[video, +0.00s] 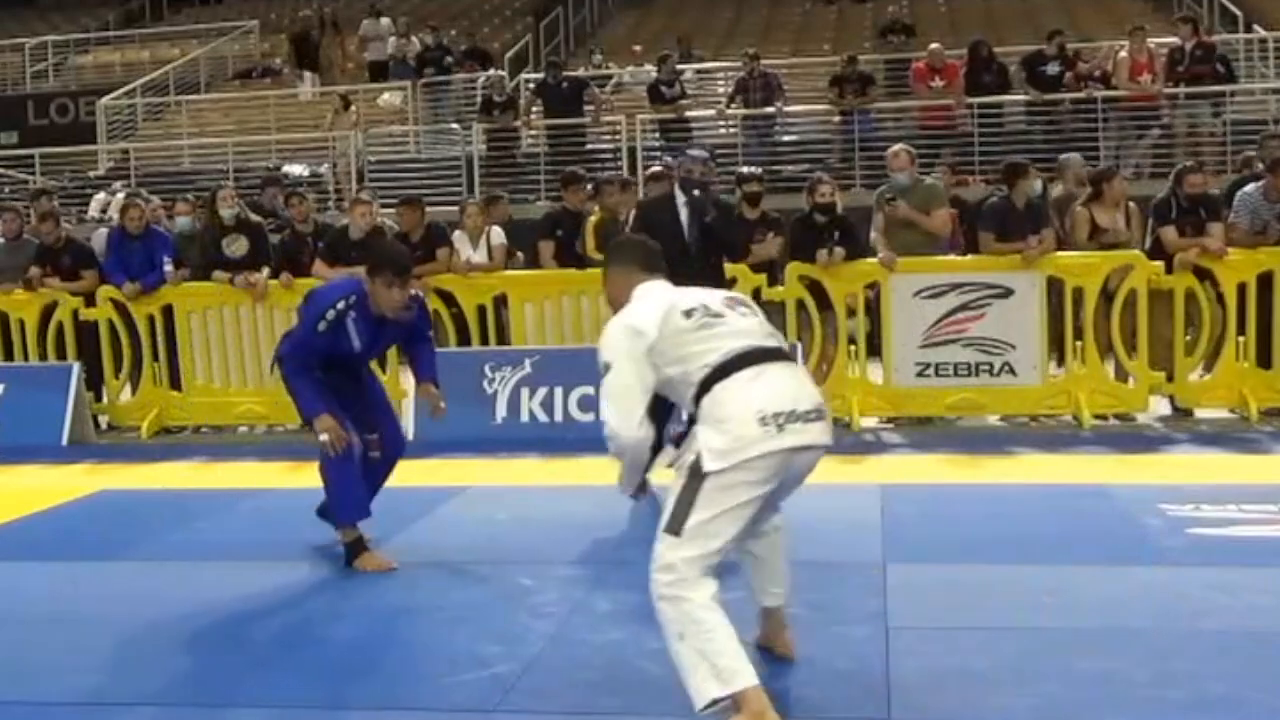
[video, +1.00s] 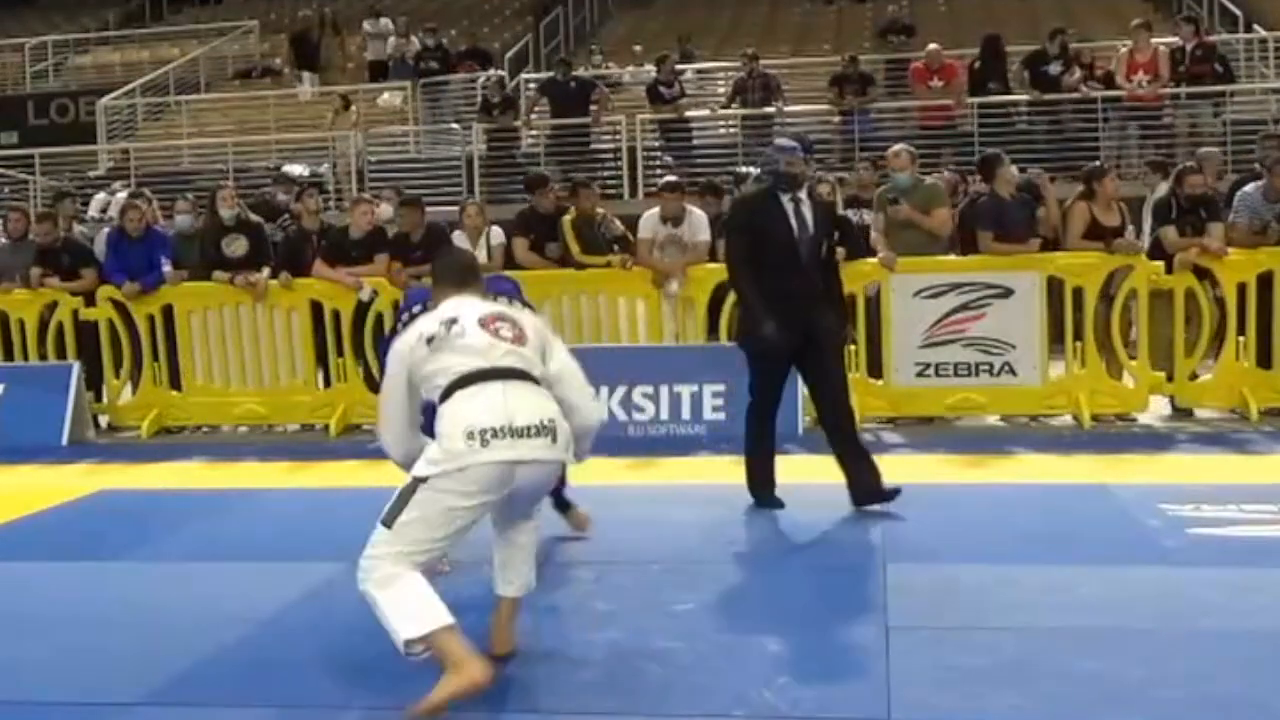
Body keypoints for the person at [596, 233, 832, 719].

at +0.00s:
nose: (609, 298)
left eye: (608, 287)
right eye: (607, 288)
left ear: (622, 281)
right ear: (659, 273)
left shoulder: (627, 324)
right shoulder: (719, 297)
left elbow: (629, 432)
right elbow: (764, 364)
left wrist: (633, 478)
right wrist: (694, 450)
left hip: (742, 431)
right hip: (810, 420)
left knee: (678, 573)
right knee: (761, 516)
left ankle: (751, 706)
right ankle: (776, 630)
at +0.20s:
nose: (569, 301)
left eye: (567, 294)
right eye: (570, 295)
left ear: (573, 289)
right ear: (620, 279)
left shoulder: (569, 333)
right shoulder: (684, 300)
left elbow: (567, 446)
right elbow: (759, 374)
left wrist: (600, 469)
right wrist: (747, 445)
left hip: (662, 437)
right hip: (730, 434)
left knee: (642, 579)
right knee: (645, 532)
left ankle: (747, 700)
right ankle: (618, 641)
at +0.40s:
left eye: (551, 305)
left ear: (551, 304)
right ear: (600, 299)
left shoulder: (530, 335)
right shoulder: (644, 324)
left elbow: (493, 423)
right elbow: (704, 432)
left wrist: (521, 480)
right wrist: (672, 471)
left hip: (582, 434)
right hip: (652, 432)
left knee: (561, 560)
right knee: (628, 536)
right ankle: (616, 649)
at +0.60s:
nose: (480, 284)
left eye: (486, 275)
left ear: (493, 276)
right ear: (547, 275)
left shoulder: (468, 310)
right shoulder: (592, 310)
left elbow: (430, 383)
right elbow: (643, 411)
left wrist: (448, 466)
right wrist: (611, 459)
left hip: (518, 426)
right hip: (600, 424)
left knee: (479, 564)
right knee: (592, 524)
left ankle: (478, 704)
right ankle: (607, 642)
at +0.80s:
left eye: (442, 276)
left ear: (448, 275)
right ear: (508, 271)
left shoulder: (422, 319)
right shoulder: (552, 307)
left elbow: (393, 418)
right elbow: (606, 381)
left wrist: (423, 472)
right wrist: (591, 445)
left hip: (466, 441)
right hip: (547, 438)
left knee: (447, 581)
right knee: (540, 530)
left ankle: (467, 705)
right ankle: (531, 630)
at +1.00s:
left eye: (432, 289)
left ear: (434, 289)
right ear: (482, 283)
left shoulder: (411, 337)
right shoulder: (529, 321)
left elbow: (399, 444)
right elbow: (587, 412)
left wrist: (444, 473)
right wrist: (561, 457)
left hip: (470, 453)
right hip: (544, 450)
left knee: (383, 565)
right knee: (516, 519)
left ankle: (462, 663)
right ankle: (504, 631)